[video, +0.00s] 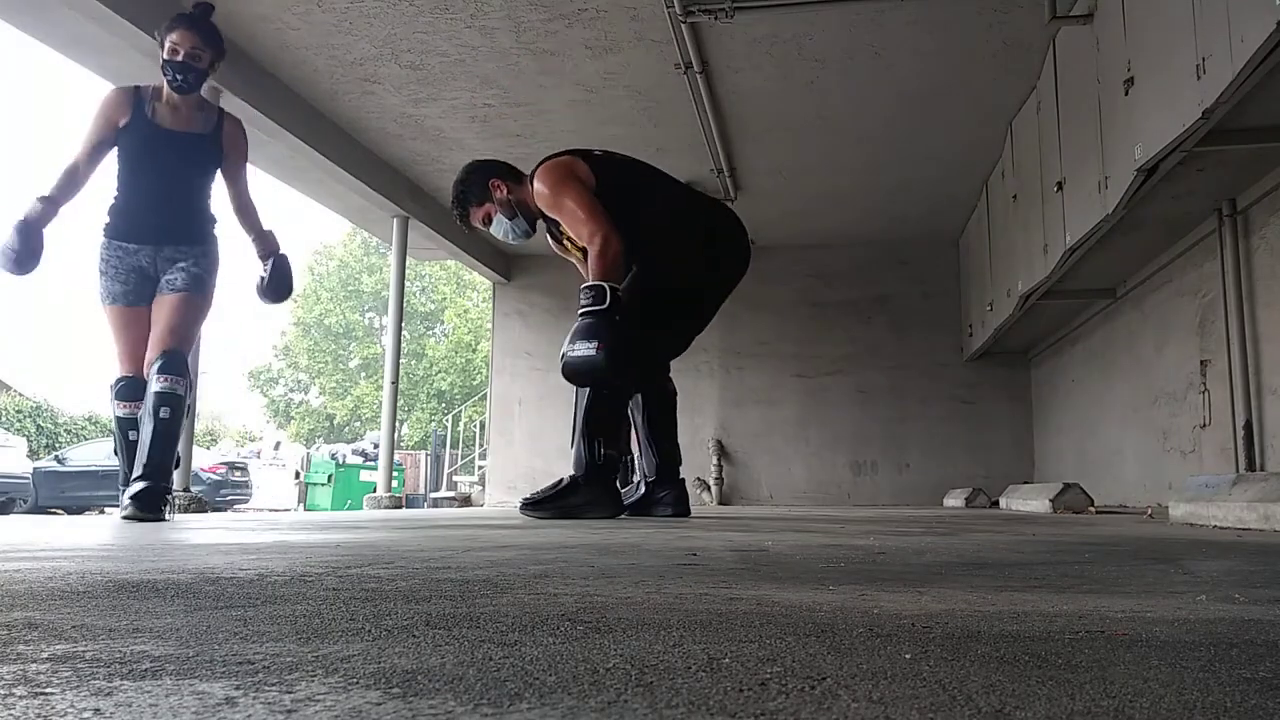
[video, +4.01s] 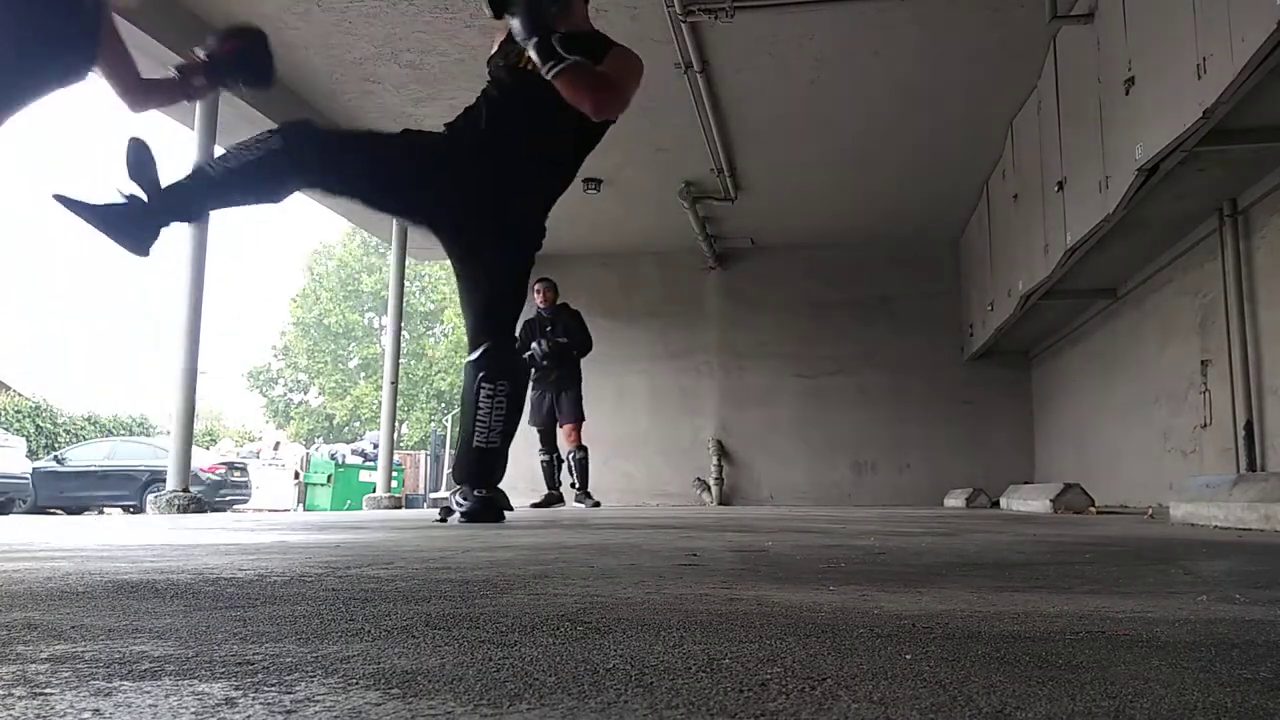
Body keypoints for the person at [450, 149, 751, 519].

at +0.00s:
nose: (496, 231)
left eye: (489, 219)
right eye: (487, 228)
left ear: (500, 189)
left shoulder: (549, 180)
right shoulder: (560, 237)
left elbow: (605, 242)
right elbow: (603, 281)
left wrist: (592, 312)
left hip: (698, 239)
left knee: (607, 346)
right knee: (646, 357)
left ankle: (592, 482)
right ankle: (660, 487)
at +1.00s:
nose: (567, 47)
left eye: (571, 32)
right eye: (560, 39)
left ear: (604, 18)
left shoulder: (637, 54)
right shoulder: (617, 90)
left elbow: (670, 120)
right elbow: (642, 178)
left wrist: (606, 150)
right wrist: (608, 223)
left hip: (672, 220)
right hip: (658, 226)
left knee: (619, 330)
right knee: (656, 341)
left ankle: (613, 473)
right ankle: (672, 482)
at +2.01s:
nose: (590, 21)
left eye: (591, 10)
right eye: (587, 15)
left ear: (616, 3)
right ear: (613, 10)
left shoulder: (655, 31)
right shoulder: (636, 52)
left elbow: (681, 106)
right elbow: (648, 155)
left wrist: (610, 107)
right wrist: (613, 216)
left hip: (659, 211)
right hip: (646, 213)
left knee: (649, 342)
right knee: (656, 344)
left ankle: (655, 480)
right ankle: (671, 479)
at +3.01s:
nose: (543, 27)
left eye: (551, 14)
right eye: (539, 19)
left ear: (585, 8)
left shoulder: (618, 47)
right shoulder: (581, 73)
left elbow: (590, 112)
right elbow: (541, 140)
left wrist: (535, 57)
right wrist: (515, 75)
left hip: (605, 218)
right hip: (596, 223)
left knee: (537, 309)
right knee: (600, 354)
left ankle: (527, 455)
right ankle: (638, 482)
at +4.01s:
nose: (529, 25)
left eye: (543, 20)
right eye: (528, 21)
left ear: (580, 14)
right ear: (540, 18)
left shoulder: (619, 62)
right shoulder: (518, 42)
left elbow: (597, 105)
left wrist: (539, 39)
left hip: (501, 215)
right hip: (433, 167)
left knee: (494, 344)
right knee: (302, 146)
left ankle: (478, 489)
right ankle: (150, 214)